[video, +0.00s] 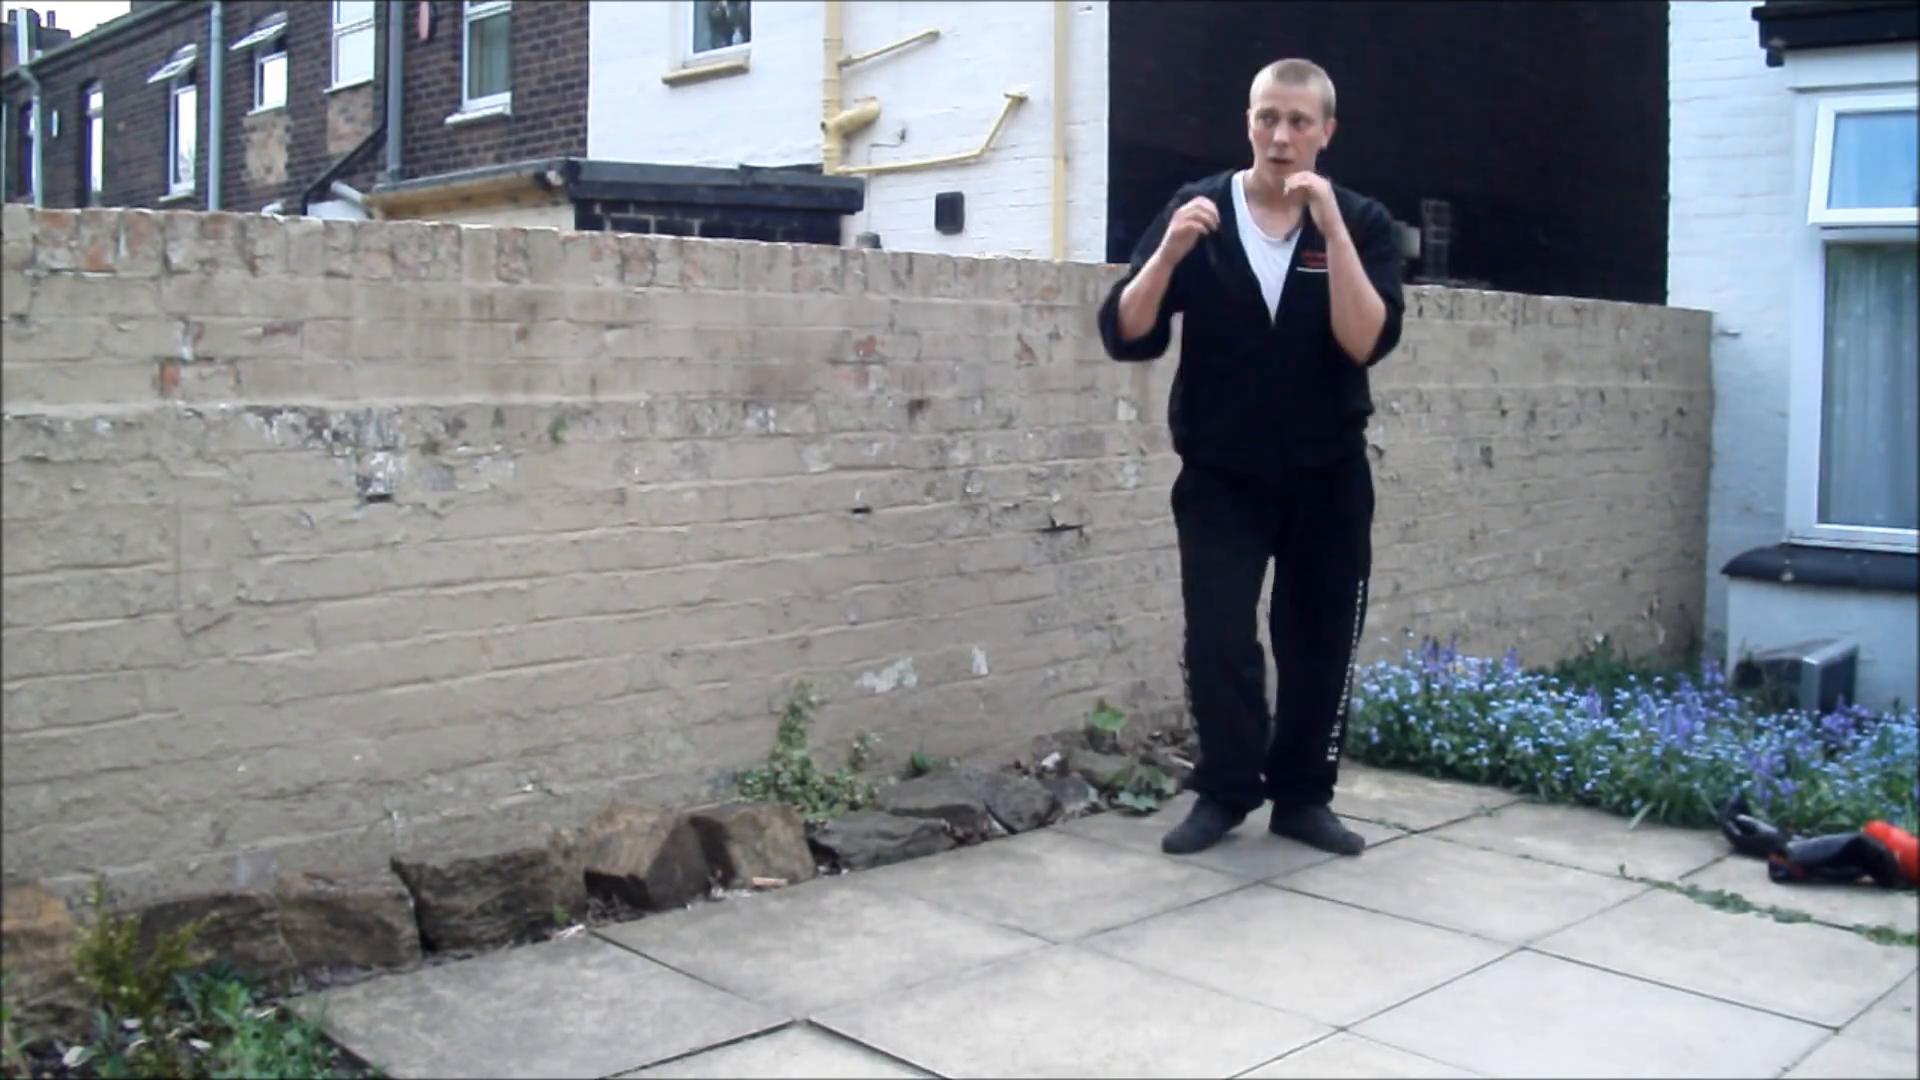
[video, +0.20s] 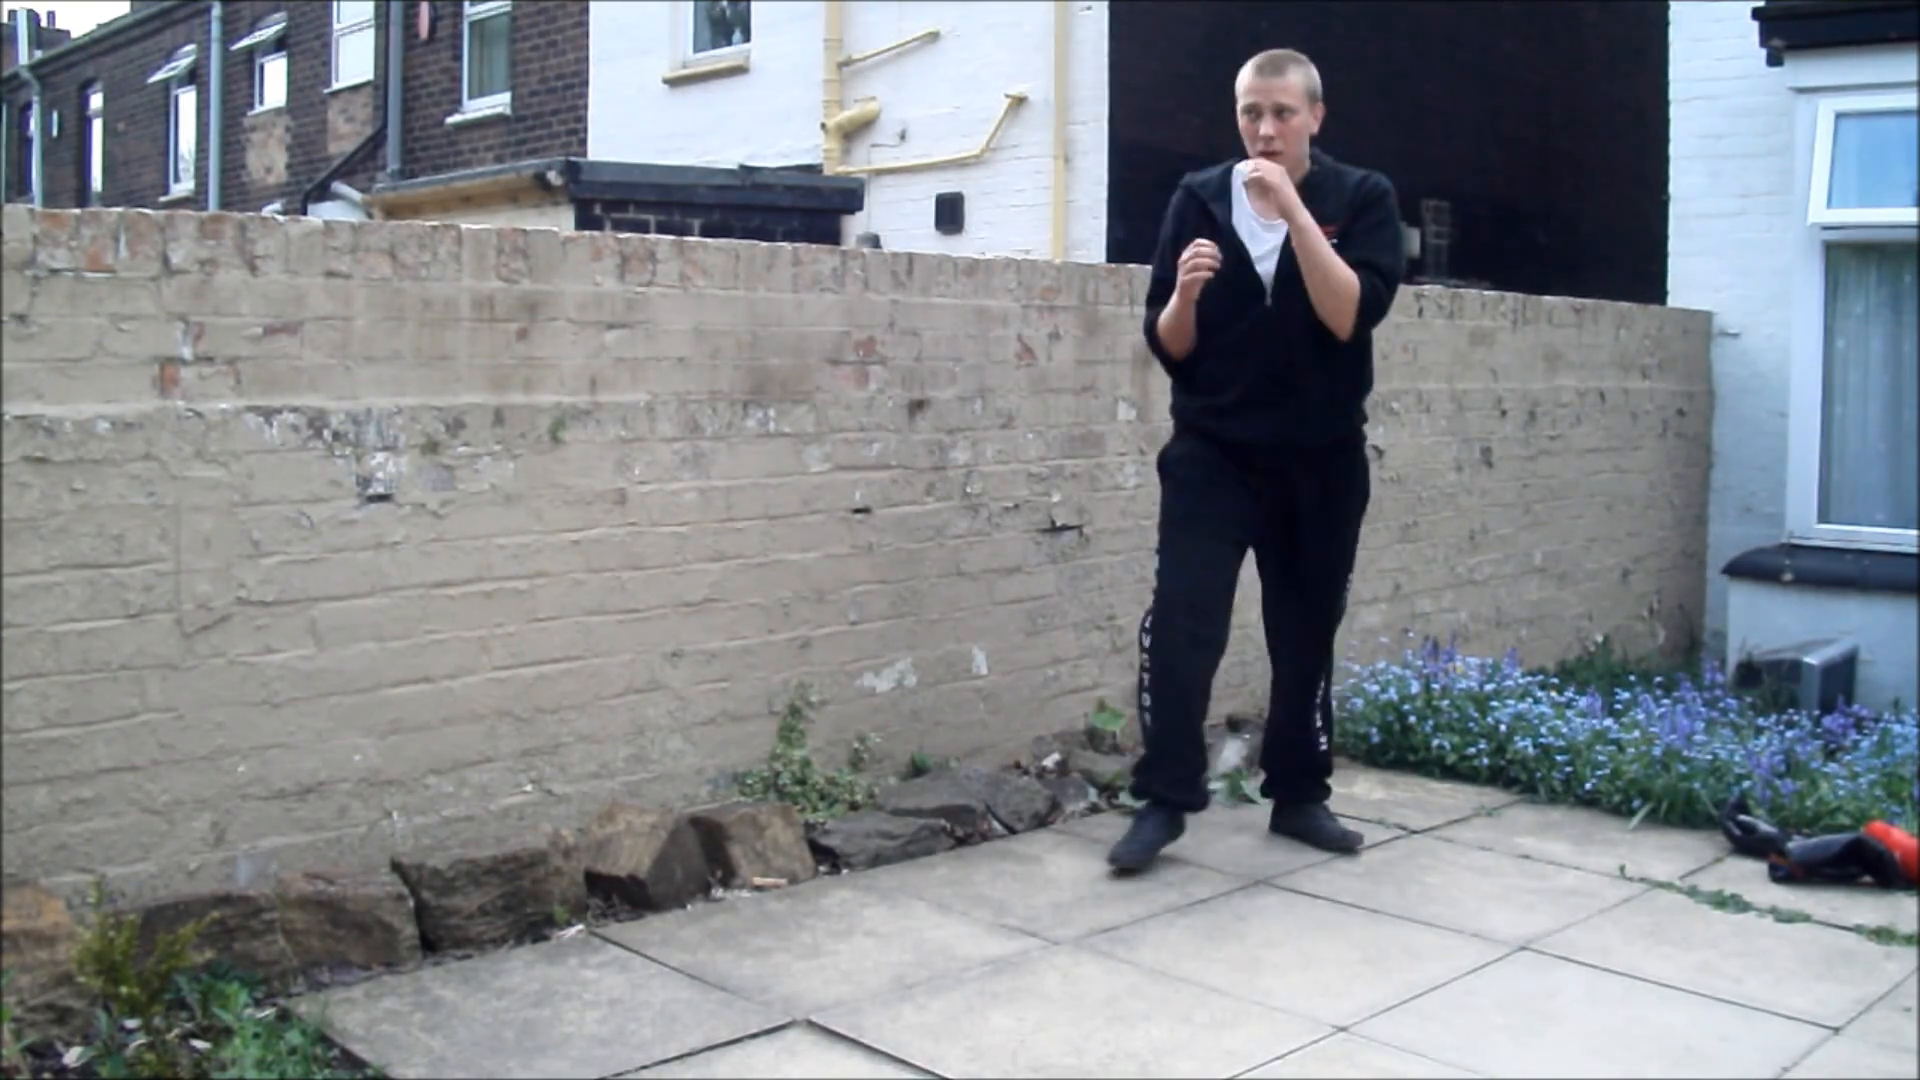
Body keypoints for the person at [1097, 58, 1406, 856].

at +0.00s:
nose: (1281, 135)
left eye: (1299, 121)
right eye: (1269, 118)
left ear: (1327, 132)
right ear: (1247, 123)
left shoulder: (1363, 224)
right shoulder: (1194, 210)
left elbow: (1366, 342)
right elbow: (1124, 336)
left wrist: (1332, 228)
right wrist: (1168, 254)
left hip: (1327, 477)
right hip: (1220, 473)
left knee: (1319, 644)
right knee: (1217, 642)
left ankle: (1303, 801)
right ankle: (1223, 794)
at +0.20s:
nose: (1266, 129)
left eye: (1283, 114)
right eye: (1253, 114)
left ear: (1318, 118)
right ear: (1235, 118)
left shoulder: (1362, 198)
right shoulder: (1198, 197)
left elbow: (1349, 318)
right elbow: (1171, 347)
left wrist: (1294, 214)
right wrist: (1184, 296)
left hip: (1319, 460)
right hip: (1210, 453)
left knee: (1304, 637)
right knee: (1183, 621)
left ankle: (1299, 800)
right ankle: (1163, 802)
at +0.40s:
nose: (1205, 152)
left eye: (1220, 136)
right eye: (1194, 137)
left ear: (1265, 133)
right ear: (1187, 140)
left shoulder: (1337, 208)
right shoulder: (1178, 213)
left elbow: (1339, 343)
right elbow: (1151, 358)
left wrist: (1264, 246)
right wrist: (1168, 282)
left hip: (1310, 471)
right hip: (1200, 466)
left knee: (1303, 644)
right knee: (1174, 641)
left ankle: (1298, 800)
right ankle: (1121, 827)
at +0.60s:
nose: (1247, 139)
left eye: (1264, 125)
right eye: (1234, 124)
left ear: (1300, 127)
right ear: (1217, 124)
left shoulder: (1347, 200)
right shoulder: (1176, 196)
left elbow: (1355, 322)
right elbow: (1131, 340)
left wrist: (1295, 215)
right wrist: (1161, 261)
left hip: (1313, 474)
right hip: (1198, 470)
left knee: (1335, 651)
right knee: (1168, 648)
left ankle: (1318, 814)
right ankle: (1118, 829)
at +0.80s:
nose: (1311, 176)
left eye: (1330, 163)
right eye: (1298, 159)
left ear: (1360, 166)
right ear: (1277, 153)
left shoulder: (1383, 245)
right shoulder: (1216, 221)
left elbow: (1382, 364)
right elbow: (1151, 367)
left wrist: (1335, 252)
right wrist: (1188, 309)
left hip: (1328, 489)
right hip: (1213, 485)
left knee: (1355, 659)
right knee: (1179, 647)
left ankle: (1328, 818)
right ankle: (1129, 837)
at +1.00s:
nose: (1283, 170)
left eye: (1302, 155)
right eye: (1270, 153)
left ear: (1338, 154)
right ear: (1252, 147)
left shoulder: (1372, 229)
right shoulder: (1201, 215)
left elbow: (1357, 335)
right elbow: (1122, 362)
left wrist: (1281, 235)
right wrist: (1156, 287)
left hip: (1321, 493)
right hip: (1206, 489)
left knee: (1344, 661)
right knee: (1159, 660)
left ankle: (1326, 818)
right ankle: (1095, 854)